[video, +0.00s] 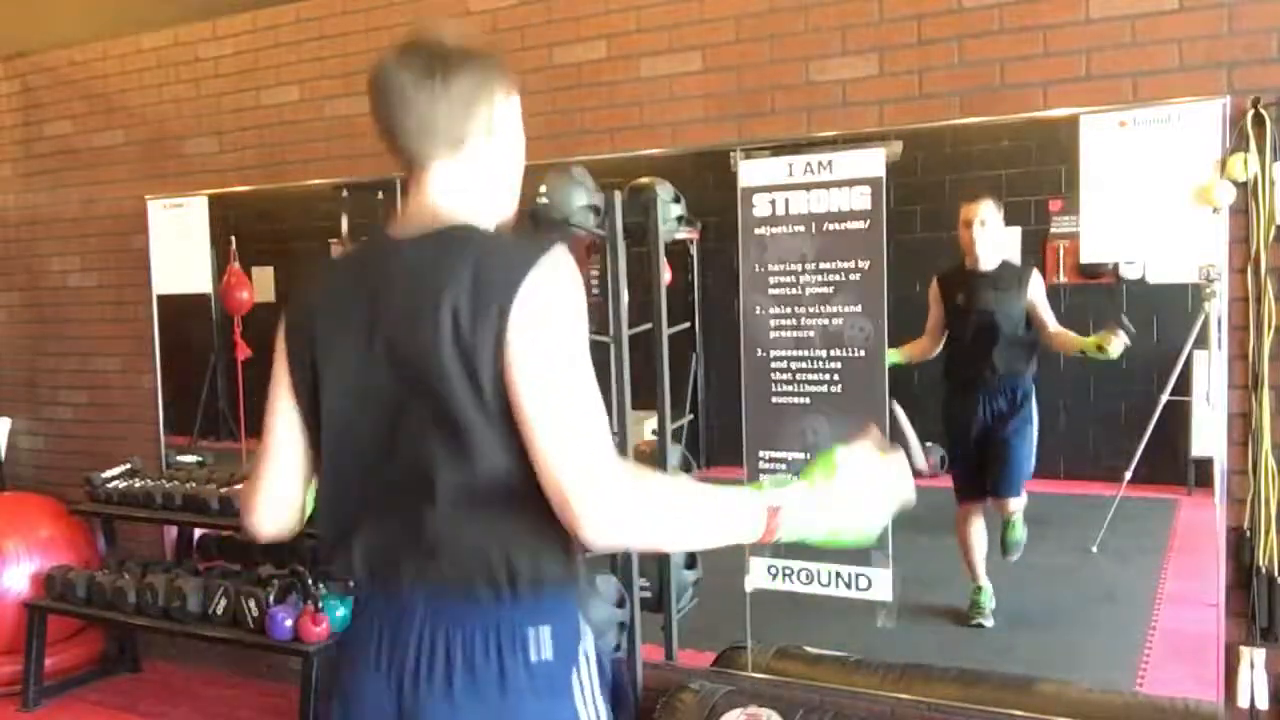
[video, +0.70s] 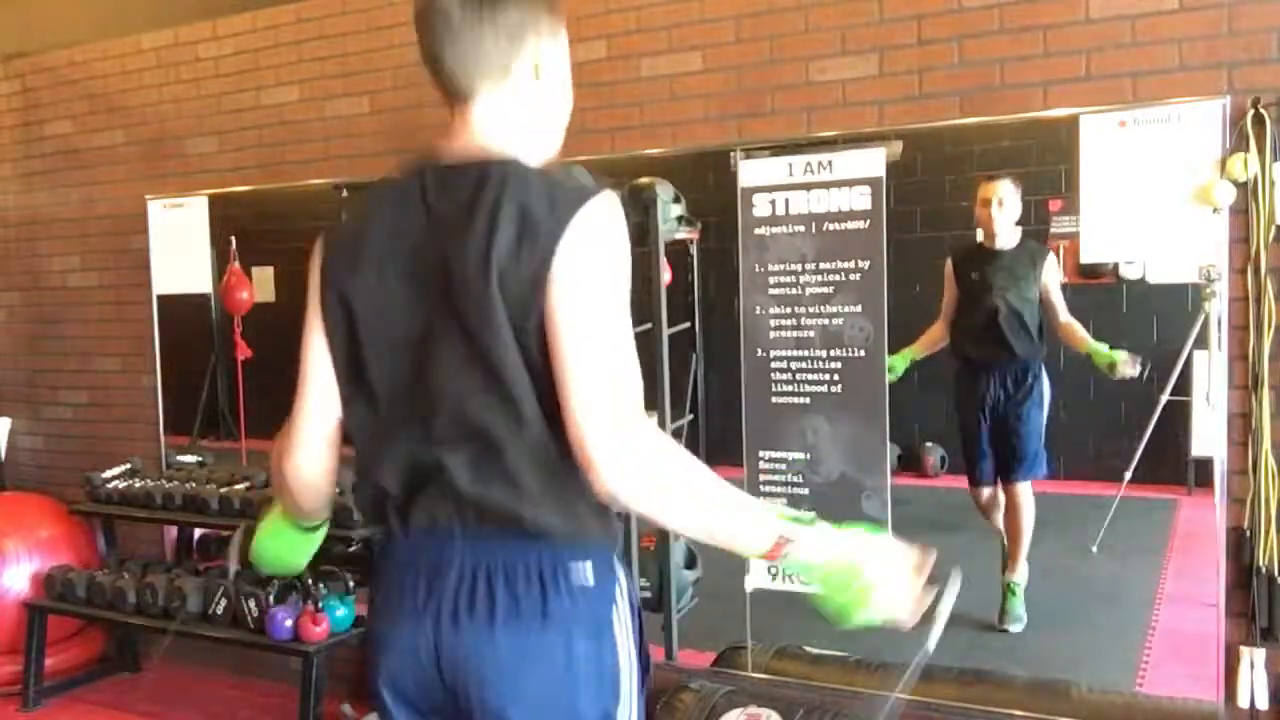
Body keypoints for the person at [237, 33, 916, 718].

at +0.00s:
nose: (523, 160)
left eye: (519, 136)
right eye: (518, 135)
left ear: (400, 144)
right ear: (493, 132)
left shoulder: (317, 297)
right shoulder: (525, 272)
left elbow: (267, 513)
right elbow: (601, 508)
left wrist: (365, 437)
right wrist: (789, 511)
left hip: (372, 641)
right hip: (519, 647)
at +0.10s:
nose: (524, 125)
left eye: (519, 98)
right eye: (518, 99)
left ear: (396, 110)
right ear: (491, 100)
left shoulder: (315, 265)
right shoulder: (523, 242)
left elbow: (266, 483)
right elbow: (607, 461)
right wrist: (784, 497)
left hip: (379, 636)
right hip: (522, 635)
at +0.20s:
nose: (529, 54)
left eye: (523, 31)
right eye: (523, 30)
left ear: (406, 49)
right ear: (502, 29)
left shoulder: (327, 209)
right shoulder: (526, 174)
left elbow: (280, 419)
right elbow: (599, 412)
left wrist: (255, 552)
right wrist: (772, 532)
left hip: (379, 568)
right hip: (524, 567)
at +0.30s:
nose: (536, 80)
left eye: (529, 56)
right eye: (529, 55)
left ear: (406, 72)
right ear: (503, 60)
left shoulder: (320, 234)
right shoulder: (539, 198)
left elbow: (286, 472)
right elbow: (602, 439)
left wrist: (285, 519)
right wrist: (783, 520)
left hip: (380, 582)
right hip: (523, 584)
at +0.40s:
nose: (542, 161)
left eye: (537, 137)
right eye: (538, 137)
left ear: (415, 152)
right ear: (516, 140)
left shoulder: (333, 309)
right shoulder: (549, 295)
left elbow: (274, 513)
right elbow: (632, 515)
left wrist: (387, 444)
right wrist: (823, 491)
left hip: (398, 663)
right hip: (540, 664)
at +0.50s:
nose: (557, 118)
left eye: (553, 93)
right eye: (553, 93)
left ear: (424, 105)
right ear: (528, 97)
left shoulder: (339, 270)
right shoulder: (557, 247)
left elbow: (282, 478)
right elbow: (632, 472)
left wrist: (393, 434)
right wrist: (810, 502)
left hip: (396, 637)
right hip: (539, 635)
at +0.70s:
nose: (569, 83)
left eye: (564, 61)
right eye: (565, 60)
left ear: (441, 74)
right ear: (540, 63)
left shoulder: (348, 239)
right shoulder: (571, 212)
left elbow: (303, 471)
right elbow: (613, 448)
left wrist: (302, 511)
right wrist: (802, 544)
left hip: (407, 592)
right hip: (550, 601)